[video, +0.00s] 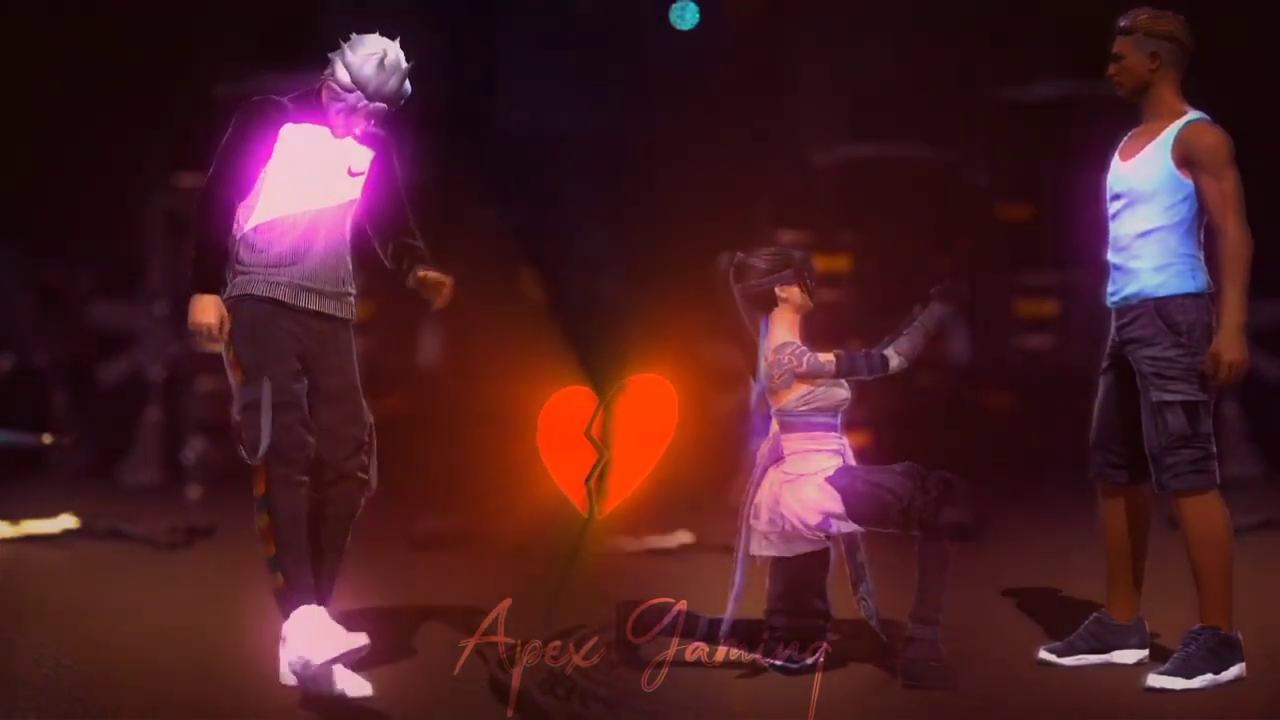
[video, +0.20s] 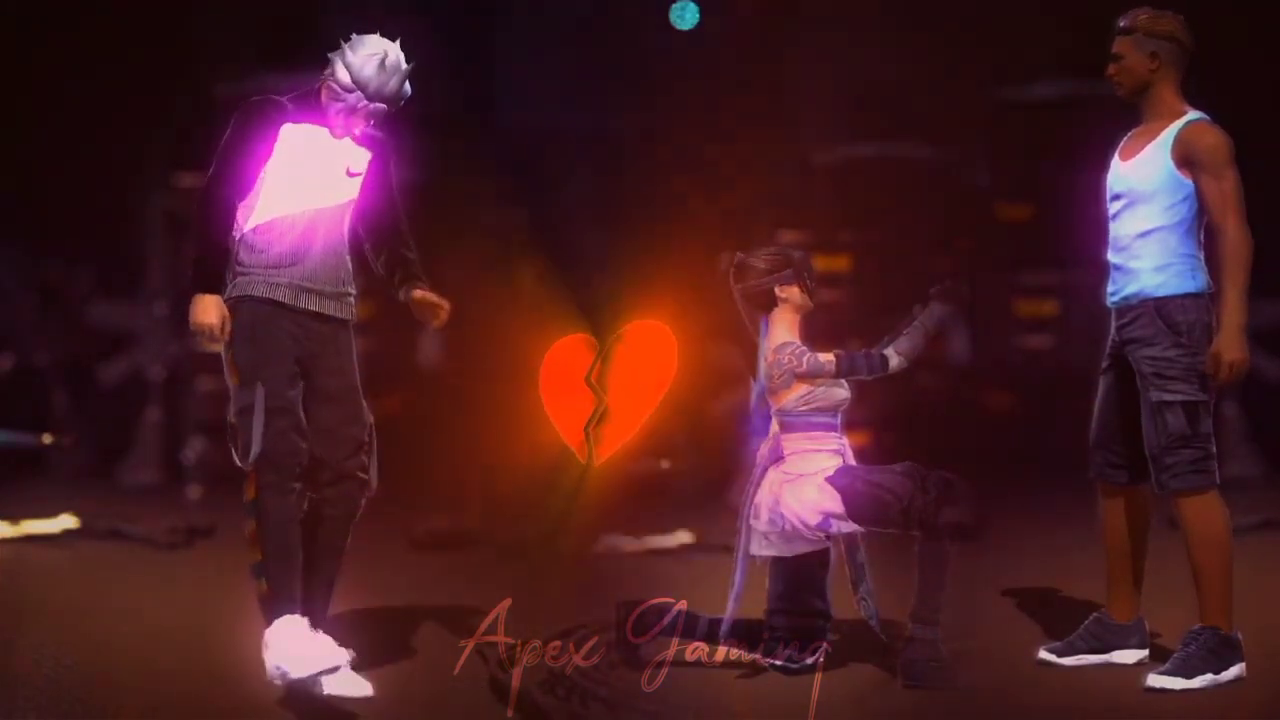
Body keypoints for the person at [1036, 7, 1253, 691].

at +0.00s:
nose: (1111, 68)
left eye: (1120, 58)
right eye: (1111, 58)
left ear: (1158, 62)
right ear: (1140, 65)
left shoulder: (1199, 135)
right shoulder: (1131, 141)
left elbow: (1233, 233)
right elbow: (1135, 241)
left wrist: (1231, 328)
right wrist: (1119, 320)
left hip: (1172, 320)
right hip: (1125, 323)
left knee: (1189, 477)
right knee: (1115, 471)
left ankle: (1216, 637)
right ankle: (1121, 623)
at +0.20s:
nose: (1110, 68)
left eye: (1120, 58)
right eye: (1111, 58)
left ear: (1158, 63)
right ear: (1139, 66)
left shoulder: (1199, 135)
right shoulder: (1132, 141)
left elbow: (1234, 233)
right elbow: (1137, 240)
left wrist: (1231, 328)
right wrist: (1119, 320)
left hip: (1173, 321)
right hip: (1126, 323)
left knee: (1189, 476)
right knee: (1115, 470)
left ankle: (1216, 637)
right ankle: (1121, 623)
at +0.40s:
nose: (1110, 68)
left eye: (1120, 58)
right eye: (1111, 58)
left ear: (1158, 63)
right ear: (1139, 66)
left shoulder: (1198, 135)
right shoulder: (1132, 141)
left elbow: (1234, 232)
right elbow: (1137, 240)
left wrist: (1232, 328)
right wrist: (1119, 320)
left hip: (1172, 321)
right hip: (1126, 323)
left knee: (1188, 478)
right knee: (1115, 471)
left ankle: (1216, 637)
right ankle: (1121, 622)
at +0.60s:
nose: (1113, 68)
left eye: (1122, 58)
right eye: (1113, 58)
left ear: (1159, 62)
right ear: (1142, 64)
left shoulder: (1201, 135)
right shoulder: (1134, 140)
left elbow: (1233, 233)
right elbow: (1136, 240)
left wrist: (1227, 327)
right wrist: (1117, 321)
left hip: (1171, 320)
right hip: (1125, 322)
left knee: (1190, 477)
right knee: (1117, 472)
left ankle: (1216, 636)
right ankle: (1121, 623)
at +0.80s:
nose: (1113, 68)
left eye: (1122, 58)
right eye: (1113, 58)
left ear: (1160, 62)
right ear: (1142, 64)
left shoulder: (1201, 135)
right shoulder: (1134, 139)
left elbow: (1234, 233)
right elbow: (1136, 239)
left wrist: (1227, 327)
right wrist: (1118, 319)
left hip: (1171, 320)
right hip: (1124, 322)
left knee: (1190, 476)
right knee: (1116, 470)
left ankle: (1216, 636)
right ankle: (1121, 623)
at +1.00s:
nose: (1113, 68)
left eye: (1122, 59)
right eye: (1113, 59)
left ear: (1160, 62)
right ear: (1142, 65)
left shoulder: (1200, 135)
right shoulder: (1133, 140)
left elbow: (1234, 233)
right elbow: (1136, 239)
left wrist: (1227, 328)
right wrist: (1118, 320)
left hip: (1172, 320)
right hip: (1125, 322)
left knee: (1190, 476)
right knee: (1117, 471)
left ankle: (1217, 636)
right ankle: (1121, 623)